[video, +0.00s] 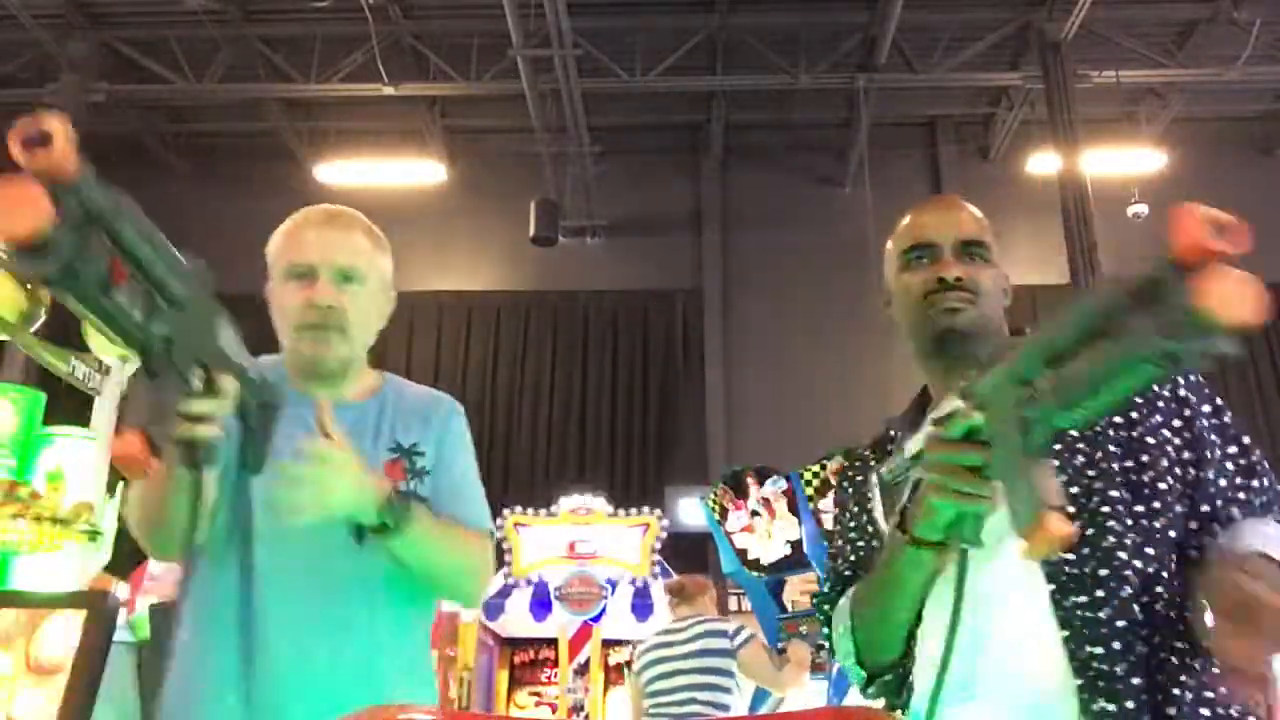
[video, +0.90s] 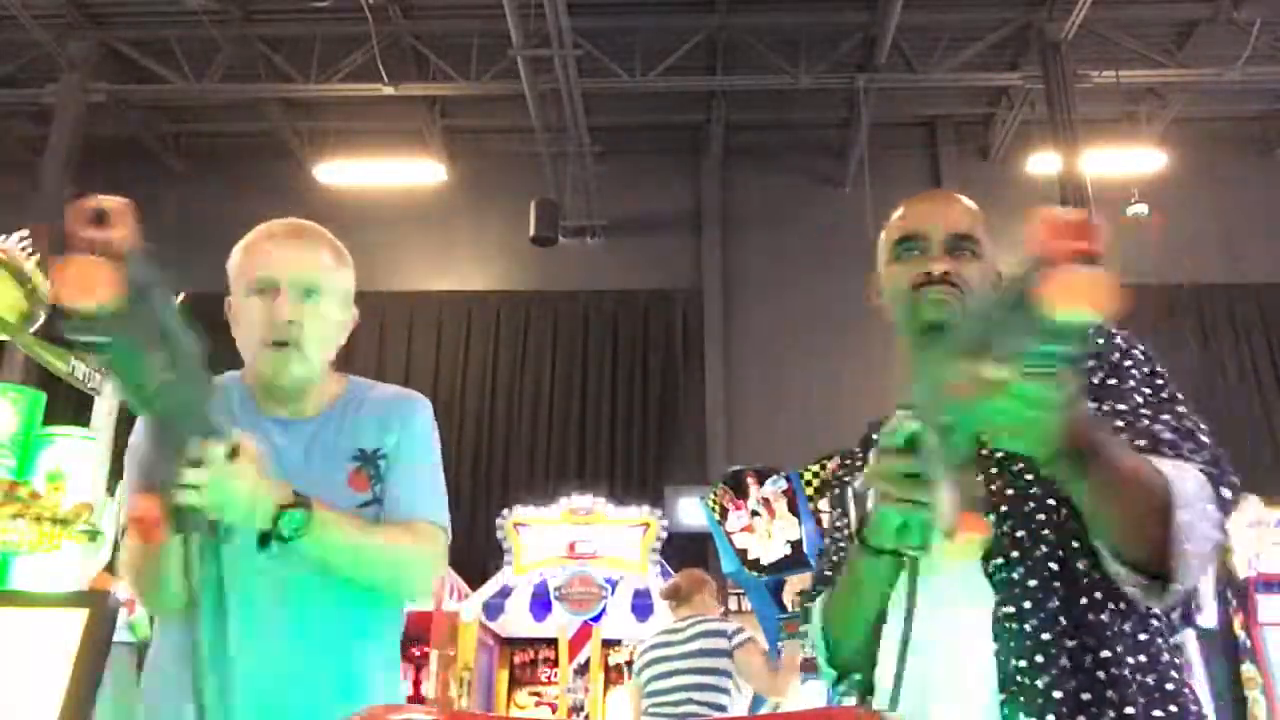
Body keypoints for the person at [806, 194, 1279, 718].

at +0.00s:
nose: (950, 270)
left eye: (972, 253)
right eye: (920, 258)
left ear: (1006, 284)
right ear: (891, 302)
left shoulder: (1145, 395)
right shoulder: (874, 479)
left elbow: (1248, 523)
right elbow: (860, 654)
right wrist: (924, 532)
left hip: (1142, 704)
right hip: (957, 710)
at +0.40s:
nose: (952, 280)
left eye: (973, 260)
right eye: (928, 263)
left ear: (1007, 281)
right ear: (897, 293)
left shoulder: (1113, 376)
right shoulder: (891, 443)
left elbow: (1242, 528)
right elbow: (868, 661)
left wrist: (1227, 603)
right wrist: (886, 543)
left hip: (1115, 702)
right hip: (950, 707)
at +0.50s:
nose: (949, 269)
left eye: (974, 251)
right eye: (922, 256)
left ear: (1013, 283)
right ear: (896, 299)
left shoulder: (1113, 402)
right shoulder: (872, 474)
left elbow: (1260, 562)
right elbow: (856, 662)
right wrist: (921, 555)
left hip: (1130, 703)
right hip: (953, 709)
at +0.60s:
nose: (959, 264)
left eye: (984, 246)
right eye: (933, 248)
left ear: (1026, 266)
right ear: (907, 287)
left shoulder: (1114, 356)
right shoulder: (889, 461)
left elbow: (1204, 518)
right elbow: (869, 663)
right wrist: (903, 544)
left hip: (1140, 702)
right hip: (960, 708)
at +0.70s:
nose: (962, 260)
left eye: (988, 243)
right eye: (935, 244)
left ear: (1023, 277)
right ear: (904, 281)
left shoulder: (1113, 348)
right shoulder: (898, 411)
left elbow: (1145, 499)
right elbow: (882, 663)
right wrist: (876, 524)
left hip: (1126, 698)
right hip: (958, 705)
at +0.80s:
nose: (951, 262)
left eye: (976, 245)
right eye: (924, 246)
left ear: (1013, 276)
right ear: (896, 281)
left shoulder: (1103, 351)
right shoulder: (895, 413)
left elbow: (1136, 512)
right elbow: (869, 663)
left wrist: (971, 440)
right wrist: (871, 533)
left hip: (1121, 695)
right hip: (955, 703)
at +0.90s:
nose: (936, 264)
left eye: (962, 249)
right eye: (909, 250)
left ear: (999, 278)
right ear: (877, 290)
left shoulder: (1091, 364)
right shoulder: (887, 446)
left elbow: (1188, 544)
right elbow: (841, 656)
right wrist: (879, 544)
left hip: (1105, 701)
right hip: (925, 707)